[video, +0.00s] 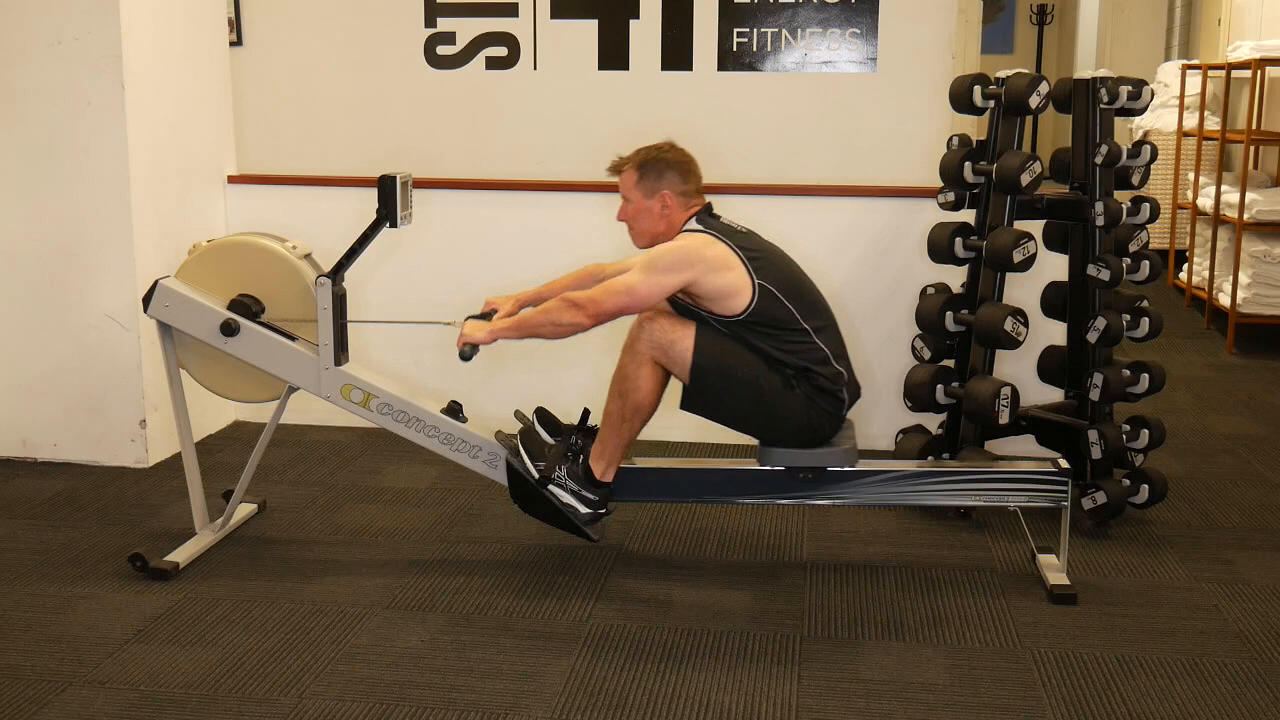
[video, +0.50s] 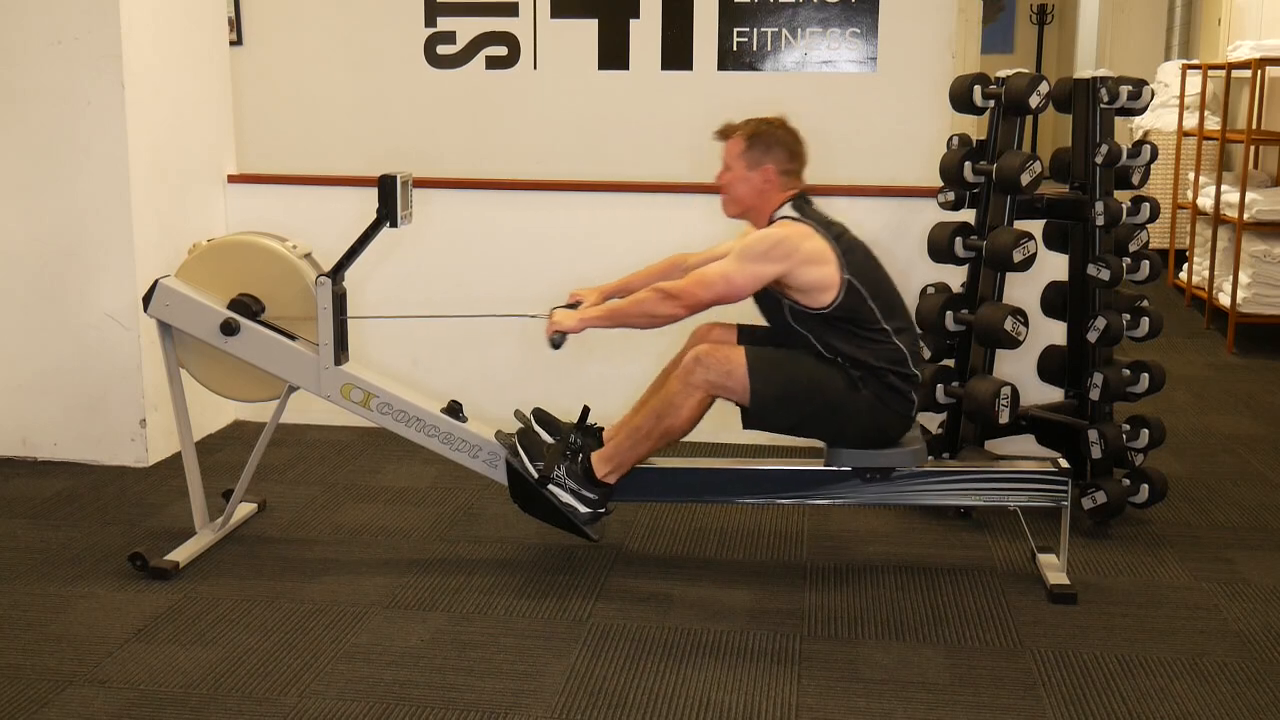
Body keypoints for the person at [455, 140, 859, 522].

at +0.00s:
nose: (619, 214)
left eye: (627, 201)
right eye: (621, 201)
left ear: (666, 204)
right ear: (670, 205)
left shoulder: (690, 251)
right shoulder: (693, 237)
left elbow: (587, 310)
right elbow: (603, 278)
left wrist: (496, 331)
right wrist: (521, 300)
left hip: (807, 405)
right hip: (804, 390)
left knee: (652, 331)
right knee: (652, 317)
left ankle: (595, 479)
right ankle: (597, 449)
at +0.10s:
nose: (636, 205)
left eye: (644, 193)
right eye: (637, 193)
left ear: (683, 200)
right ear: (687, 201)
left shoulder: (703, 249)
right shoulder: (706, 235)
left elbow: (596, 301)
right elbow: (612, 271)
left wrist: (504, 319)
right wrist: (530, 292)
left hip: (824, 404)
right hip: (820, 389)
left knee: (667, 332)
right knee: (670, 314)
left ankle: (595, 477)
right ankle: (603, 450)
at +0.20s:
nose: (649, 204)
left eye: (658, 193)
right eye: (651, 192)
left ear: (697, 200)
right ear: (700, 201)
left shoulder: (716, 252)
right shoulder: (716, 238)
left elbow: (609, 307)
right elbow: (622, 275)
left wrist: (515, 326)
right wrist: (539, 298)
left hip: (838, 404)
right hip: (832, 388)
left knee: (680, 335)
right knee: (682, 320)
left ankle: (595, 478)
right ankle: (604, 450)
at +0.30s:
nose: (664, 204)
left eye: (671, 193)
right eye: (664, 193)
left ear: (710, 198)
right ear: (714, 199)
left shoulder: (732, 251)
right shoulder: (730, 238)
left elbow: (624, 308)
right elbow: (637, 276)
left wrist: (531, 326)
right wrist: (556, 298)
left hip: (852, 403)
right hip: (840, 386)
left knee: (689, 344)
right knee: (687, 332)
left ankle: (596, 477)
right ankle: (604, 451)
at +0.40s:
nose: (687, 192)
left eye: (695, 182)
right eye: (689, 181)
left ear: (734, 190)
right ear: (737, 190)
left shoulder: (754, 247)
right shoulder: (753, 234)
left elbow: (650, 304)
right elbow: (661, 271)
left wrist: (556, 323)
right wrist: (579, 295)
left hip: (863, 400)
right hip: (843, 374)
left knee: (697, 358)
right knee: (698, 333)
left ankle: (594, 482)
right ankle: (603, 453)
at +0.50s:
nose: (717, 181)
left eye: (728, 170)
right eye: (722, 169)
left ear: (766, 176)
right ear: (768, 176)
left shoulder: (787, 239)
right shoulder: (778, 228)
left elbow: (677, 300)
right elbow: (684, 269)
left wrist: (586, 320)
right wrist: (607, 292)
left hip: (874, 397)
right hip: (850, 369)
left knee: (706, 363)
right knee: (705, 339)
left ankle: (594, 483)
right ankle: (604, 450)